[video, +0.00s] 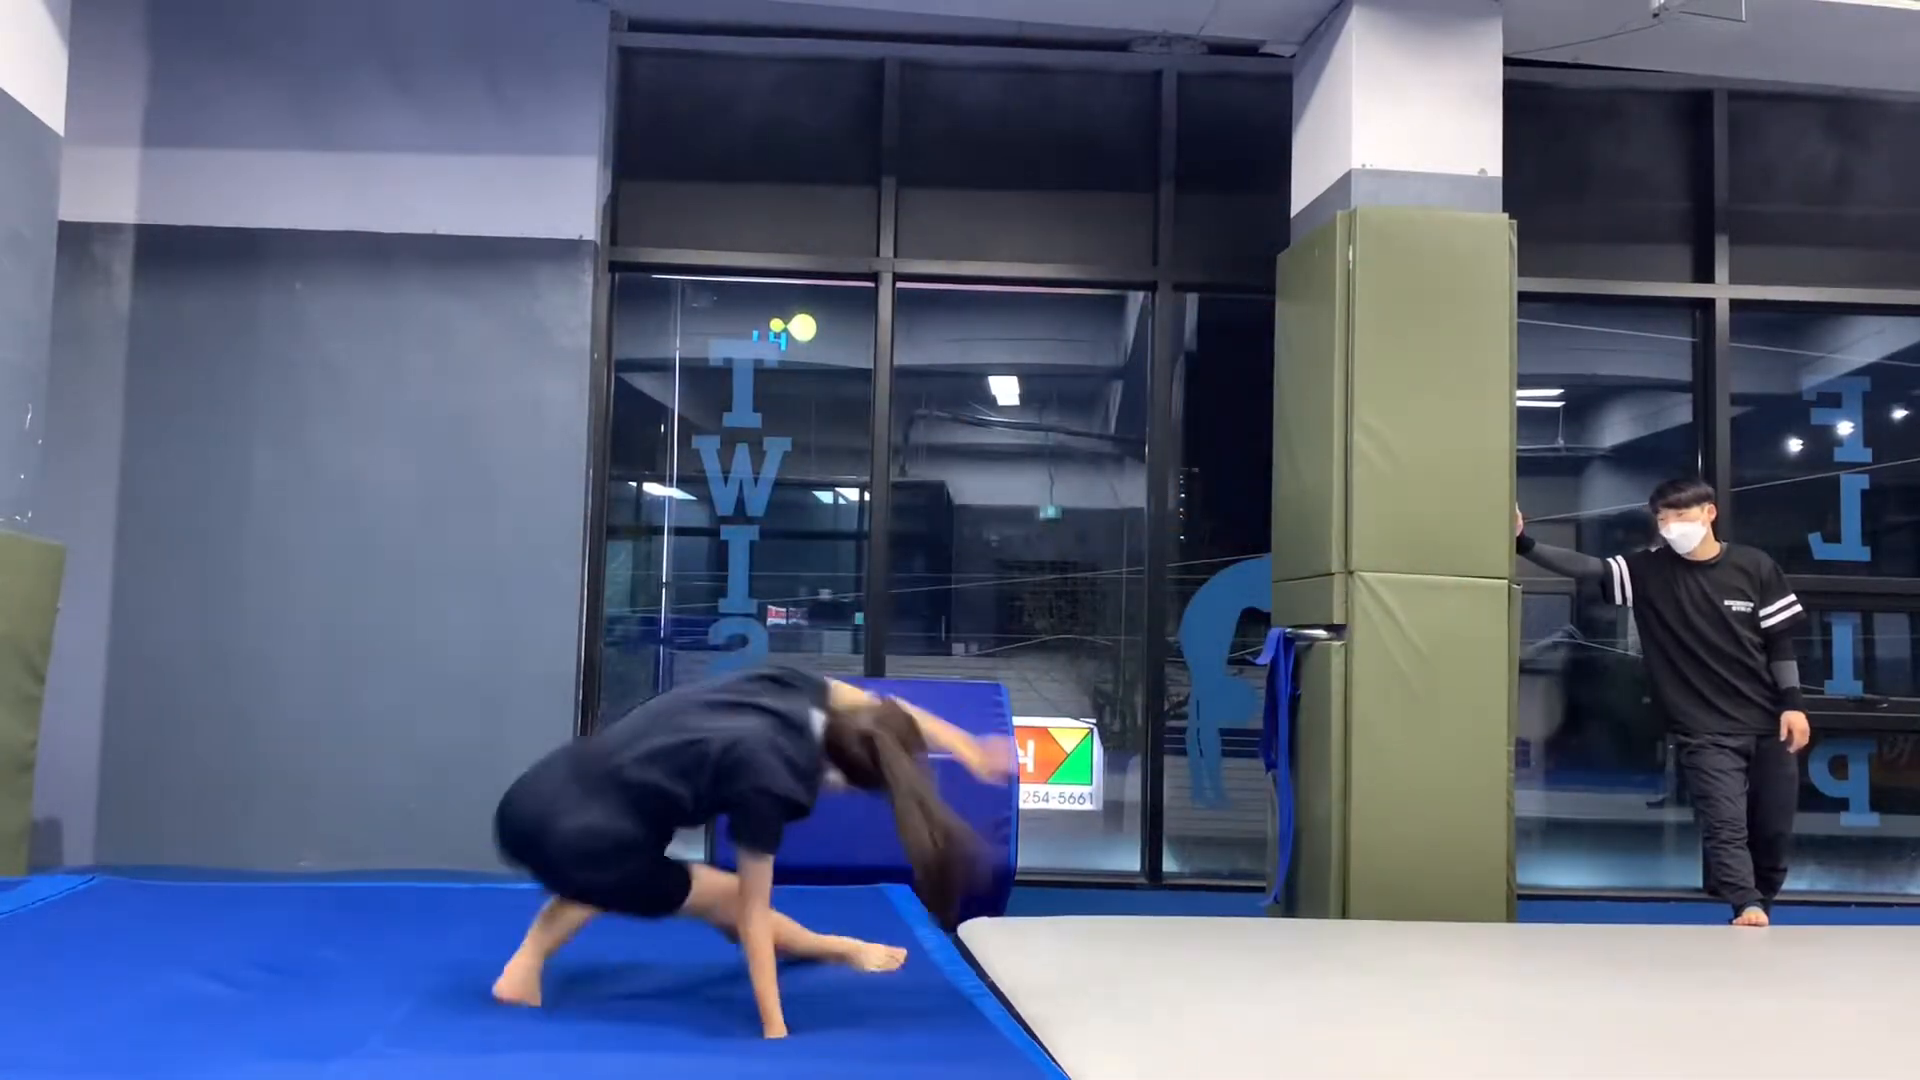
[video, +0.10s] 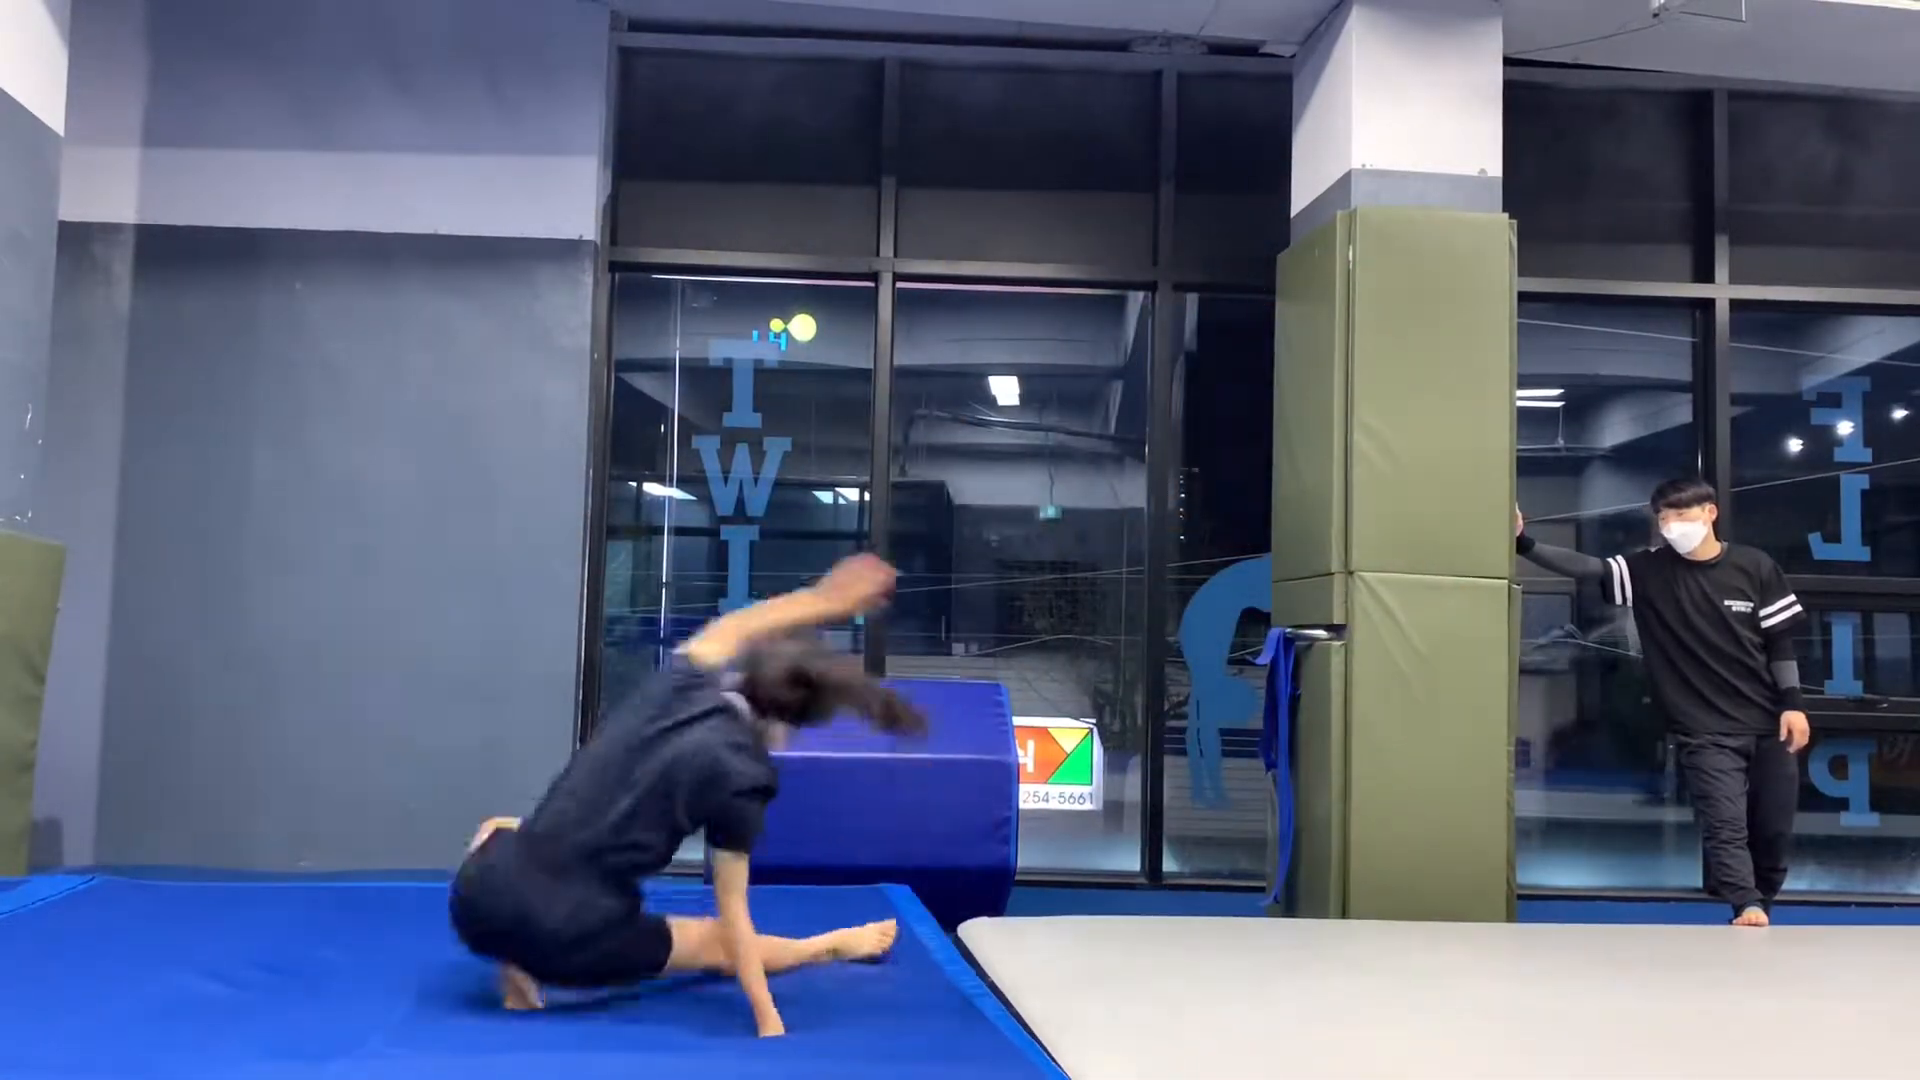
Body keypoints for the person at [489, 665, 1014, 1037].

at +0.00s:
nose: (851, 793)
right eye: (860, 786)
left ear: (858, 702)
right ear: (850, 775)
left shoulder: (792, 684)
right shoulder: (771, 773)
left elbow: (893, 711)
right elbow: (752, 912)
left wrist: (969, 750)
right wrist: (772, 1028)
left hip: (534, 800)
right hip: (581, 842)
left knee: (637, 839)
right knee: (735, 902)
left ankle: (521, 969)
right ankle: (841, 950)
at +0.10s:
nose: (797, 731)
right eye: (800, 718)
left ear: (746, 666)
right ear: (788, 718)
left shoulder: (684, 676)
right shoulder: (741, 773)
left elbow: (742, 622)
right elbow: (733, 914)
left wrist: (828, 598)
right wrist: (766, 1021)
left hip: (486, 904)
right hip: (573, 942)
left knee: (503, 831)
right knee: (725, 945)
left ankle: (517, 968)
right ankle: (830, 945)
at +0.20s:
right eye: (702, 709)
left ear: (622, 693)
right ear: (694, 717)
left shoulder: (563, 728)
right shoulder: (683, 781)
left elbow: (515, 649)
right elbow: (695, 918)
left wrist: (563, 565)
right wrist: (754, 1013)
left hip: (461, 982)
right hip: (569, 996)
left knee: (365, 866)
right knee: (701, 950)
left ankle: (437, 955)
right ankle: (819, 939)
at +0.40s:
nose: (528, 738)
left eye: (521, 728)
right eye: (525, 728)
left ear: (439, 722)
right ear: (506, 727)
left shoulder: (391, 773)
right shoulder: (535, 784)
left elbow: (256, 826)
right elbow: (631, 886)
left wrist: (137, 860)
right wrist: (735, 935)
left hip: (424, 1006)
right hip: (535, 989)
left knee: (251, 980)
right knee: (650, 947)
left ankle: (380, 997)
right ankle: (763, 940)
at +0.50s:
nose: (438, 727)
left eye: (430, 716)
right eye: (431, 718)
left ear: (348, 732)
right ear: (412, 724)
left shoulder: (316, 795)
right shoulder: (465, 766)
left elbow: (241, 921)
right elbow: (591, 826)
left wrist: (149, 1011)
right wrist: (703, 841)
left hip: (416, 998)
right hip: (525, 970)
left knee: (241, 985)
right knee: (636, 950)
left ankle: (361, 1001)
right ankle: (763, 939)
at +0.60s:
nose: (363, 734)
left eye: (352, 730)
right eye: (354, 730)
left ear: (278, 767)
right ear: (338, 740)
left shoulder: (272, 819)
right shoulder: (417, 766)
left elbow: (219, 950)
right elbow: (562, 782)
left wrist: (136, 1026)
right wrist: (674, 753)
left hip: (412, 1001)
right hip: (514, 958)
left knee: (244, 990)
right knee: (632, 953)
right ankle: (762, 938)